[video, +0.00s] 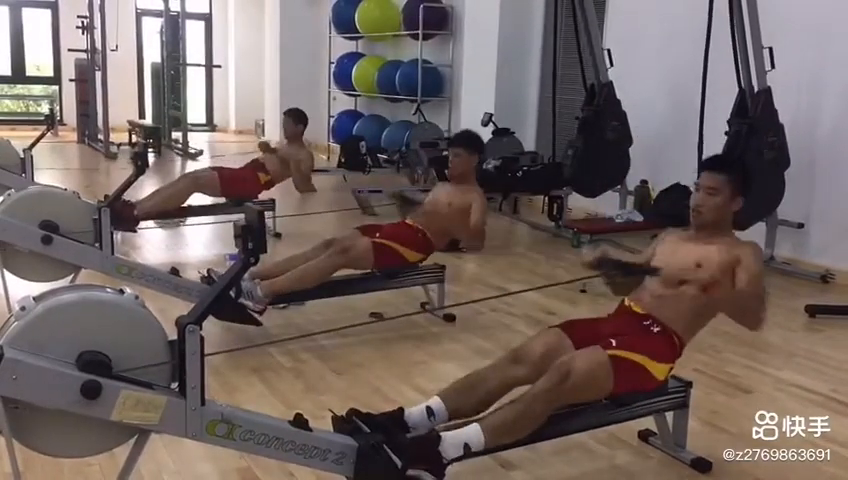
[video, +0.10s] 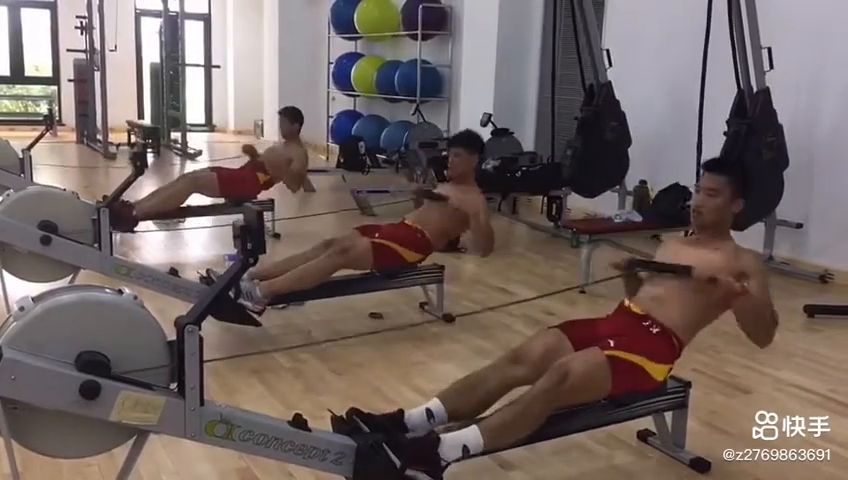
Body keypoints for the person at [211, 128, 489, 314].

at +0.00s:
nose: (449, 163)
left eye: (456, 158)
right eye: (450, 157)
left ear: (474, 162)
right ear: (453, 158)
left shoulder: (476, 198)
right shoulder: (446, 185)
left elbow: (475, 244)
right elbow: (428, 218)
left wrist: (452, 236)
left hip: (413, 243)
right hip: (396, 228)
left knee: (343, 252)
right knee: (330, 243)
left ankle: (262, 293)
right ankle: (247, 276)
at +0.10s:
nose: (450, 161)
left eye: (457, 156)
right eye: (450, 155)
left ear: (474, 162)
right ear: (453, 159)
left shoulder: (474, 198)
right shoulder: (448, 189)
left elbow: (485, 247)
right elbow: (422, 215)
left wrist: (470, 214)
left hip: (412, 242)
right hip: (394, 229)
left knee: (343, 253)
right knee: (329, 243)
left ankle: (261, 294)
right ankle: (246, 276)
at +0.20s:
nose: (449, 159)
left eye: (456, 154)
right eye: (449, 153)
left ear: (473, 159)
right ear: (449, 156)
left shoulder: (473, 196)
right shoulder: (444, 186)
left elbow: (482, 246)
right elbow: (420, 223)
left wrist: (471, 210)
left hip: (411, 242)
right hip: (391, 229)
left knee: (342, 254)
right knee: (328, 244)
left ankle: (260, 295)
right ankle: (245, 278)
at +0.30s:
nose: (443, 155)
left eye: (450, 150)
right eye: (443, 149)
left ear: (469, 154)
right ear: (446, 152)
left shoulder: (472, 194)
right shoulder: (439, 182)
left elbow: (477, 245)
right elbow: (421, 217)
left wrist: (461, 213)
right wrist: (408, 202)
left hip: (411, 243)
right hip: (392, 229)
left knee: (341, 254)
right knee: (326, 245)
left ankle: (260, 296)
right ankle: (246, 279)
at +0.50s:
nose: (429, 144)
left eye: (436, 139)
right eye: (428, 139)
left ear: (454, 144)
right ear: (430, 142)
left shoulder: (458, 181)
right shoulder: (425, 173)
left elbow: (457, 233)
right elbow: (412, 211)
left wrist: (423, 228)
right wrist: (381, 218)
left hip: (414, 242)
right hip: (391, 231)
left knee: (337, 258)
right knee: (325, 248)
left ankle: (259, 298)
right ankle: (243, 280)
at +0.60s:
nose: (420, 139)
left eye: (427, 135)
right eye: (420, 134)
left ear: (446, 140)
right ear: (423, 138)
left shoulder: (450, 177)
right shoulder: (420, 170)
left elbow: (442, 229)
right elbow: (395, 206)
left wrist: (396, 228)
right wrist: (363, 217)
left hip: (410, 247)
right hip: (388, 236)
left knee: (338, 261)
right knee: (326, 250)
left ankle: (258, 299)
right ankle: (245, 281)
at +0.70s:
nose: (413, 137)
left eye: (420, 132)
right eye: (413, 131)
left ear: (439, 137)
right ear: (416, 132)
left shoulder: (443, 175)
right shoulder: (414, 169)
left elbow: (430, 228)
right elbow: (387, 205)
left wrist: (383, 235)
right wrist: (347, 221)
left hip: (410, 247)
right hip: (389, 238)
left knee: (340, 264)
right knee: (329, 251)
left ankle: (259, 300)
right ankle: (245, 282)